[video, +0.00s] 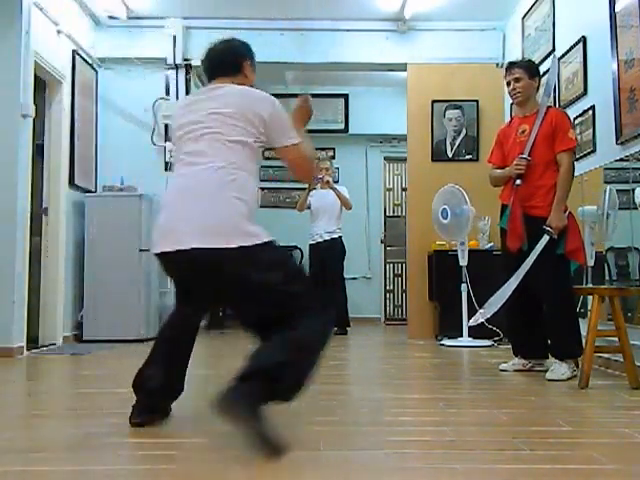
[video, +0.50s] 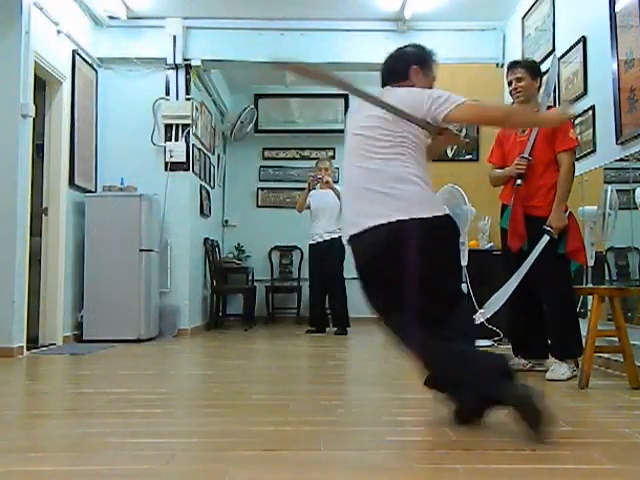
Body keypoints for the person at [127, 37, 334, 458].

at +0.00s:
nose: (256, 77)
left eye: (253, 71)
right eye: (254, 70)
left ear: (209, 74)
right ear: (245, 70)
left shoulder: (181, 108)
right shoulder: (260, 102)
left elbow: (191, 164)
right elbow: (305, 172)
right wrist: (297, 127)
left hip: (171, 239)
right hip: (228, 237)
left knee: (188, 307)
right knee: (308, 311)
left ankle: (149, 403)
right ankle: (247, 394)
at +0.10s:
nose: (290, 89)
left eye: (287, 86)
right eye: (288, 84)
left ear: (246, 84)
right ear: (280, 84)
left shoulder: (217, 115)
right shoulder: (286, 100)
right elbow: (354, 127)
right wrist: (330, 81)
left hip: (205, 245)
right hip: (264, 239)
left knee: (205, 315)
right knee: (350, 288)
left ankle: (151, 400)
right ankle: (365, 389)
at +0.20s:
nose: (346, 110)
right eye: (342, 100)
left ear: (293, 86)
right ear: (328, 86)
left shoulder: (267, 117)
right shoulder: (326, 95)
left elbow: (274, 192)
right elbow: (380, 79)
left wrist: (333, 209)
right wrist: (332, 50)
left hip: (247, 247)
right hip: (309, 244)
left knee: (216, 320)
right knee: (379, 311)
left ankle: (157, 396)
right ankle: (431, 388)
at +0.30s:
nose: (383, 90)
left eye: (381, 85)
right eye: (382, 85)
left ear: (336, 82)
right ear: (370, 82)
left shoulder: (304, 113)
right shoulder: (373, 94)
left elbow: (334, 177)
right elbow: (414, 103)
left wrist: (393, 191)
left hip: (301, 241)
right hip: (364, 236)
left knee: (268, 317)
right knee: (419, 307)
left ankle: (213, 395)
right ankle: (439, 396)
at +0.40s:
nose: (409, 84)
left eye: (407, 78)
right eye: (407, 78)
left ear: (362, 78)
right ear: (395, 74)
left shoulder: (331, 108)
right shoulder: (409, 96)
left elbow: (347, 160)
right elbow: (467, 127)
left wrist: (415, 154)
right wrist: (433, 152)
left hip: (337, 235)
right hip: (398, 225)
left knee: (332, 318)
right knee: (433, 307)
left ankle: (351, 379)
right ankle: (439, 396)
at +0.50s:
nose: (433, 85)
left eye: (433, 79)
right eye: (431, 78)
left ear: (388, 74)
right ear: (413, 73)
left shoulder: (361, 106)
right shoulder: (418, 98)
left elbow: (404, 152)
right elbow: (494, 114)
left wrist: (440, 140)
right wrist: (548, 117)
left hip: (367, 232)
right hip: (423, 221)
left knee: (412, 327)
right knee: (447, 310)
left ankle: (501, 387)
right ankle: (467, 397)